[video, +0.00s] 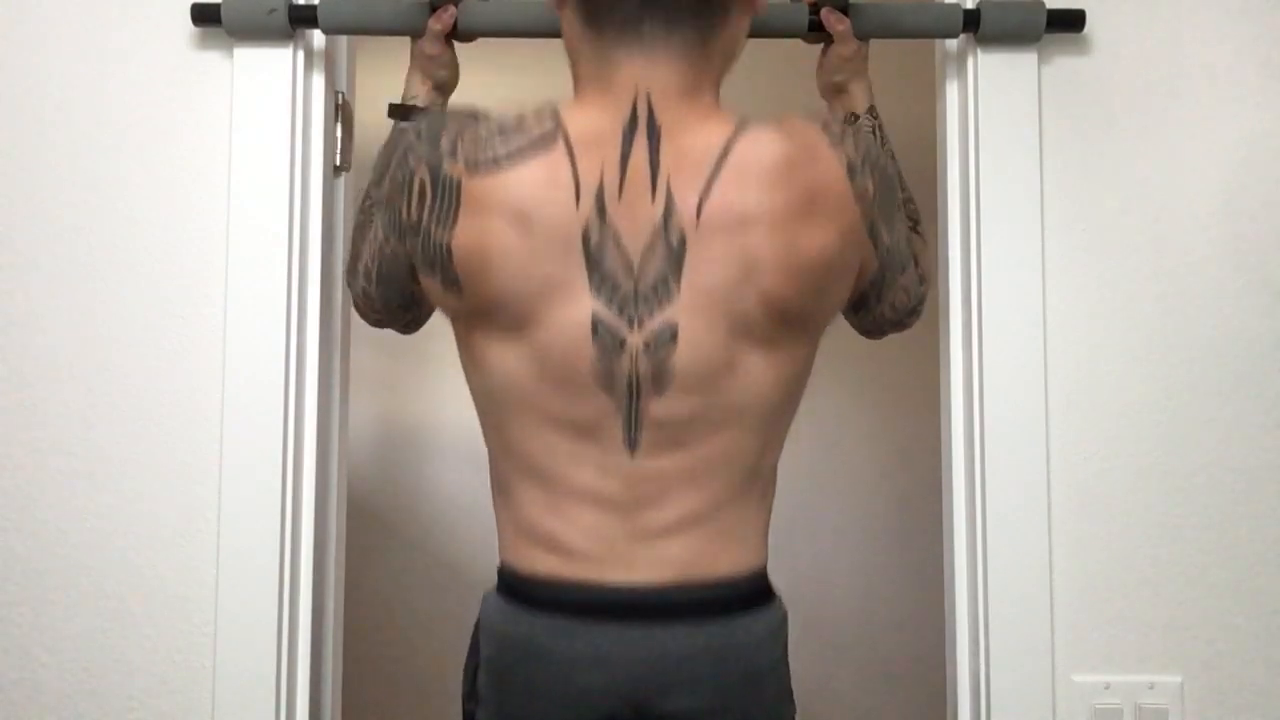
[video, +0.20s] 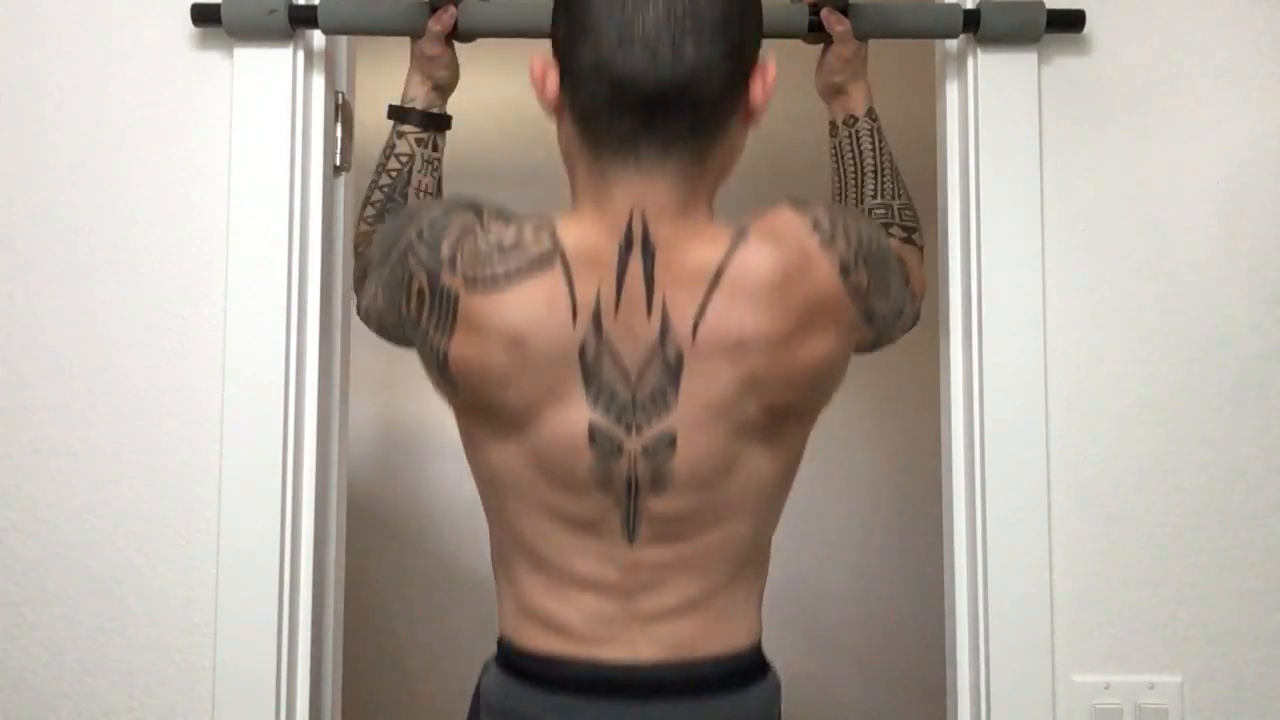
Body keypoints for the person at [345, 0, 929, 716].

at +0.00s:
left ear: (568, 16)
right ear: (741, 16)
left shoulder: (464, 168)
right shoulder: (812, 175)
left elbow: (382, 299)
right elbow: (894, 301)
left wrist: (420, 102)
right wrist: (852, 101)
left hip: (535, 647)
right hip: (728, 650)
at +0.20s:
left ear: (547, 86)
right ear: (758, 92)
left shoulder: (467, 277)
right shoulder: (809, 277)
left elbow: (378, 264)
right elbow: (901, 273)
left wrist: (423, 96)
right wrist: (852, 100)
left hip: (531, 693)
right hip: (727, 695)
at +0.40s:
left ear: (545, 183)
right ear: (754, 192)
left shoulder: (480, 365)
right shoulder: (798, 352)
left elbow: (389, 257)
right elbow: (891, 263)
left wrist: (423, 94)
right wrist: (849, 97)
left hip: (532, 707)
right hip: (720, 708)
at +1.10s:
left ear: (533, 77)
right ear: (748, 85)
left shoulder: (459, 276)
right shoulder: (799, 264)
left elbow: (371, 272)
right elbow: (903, 284)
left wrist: (423, 92)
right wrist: (852, 98)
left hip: (527, 700)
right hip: (724, 699)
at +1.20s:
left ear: (552, 14)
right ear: (734, 16)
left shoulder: (461, 185)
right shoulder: (809, 171)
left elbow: (373, 297)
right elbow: (901, 299)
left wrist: (419, 97)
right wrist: (855, 102)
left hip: (530, 673)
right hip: (726, 675)